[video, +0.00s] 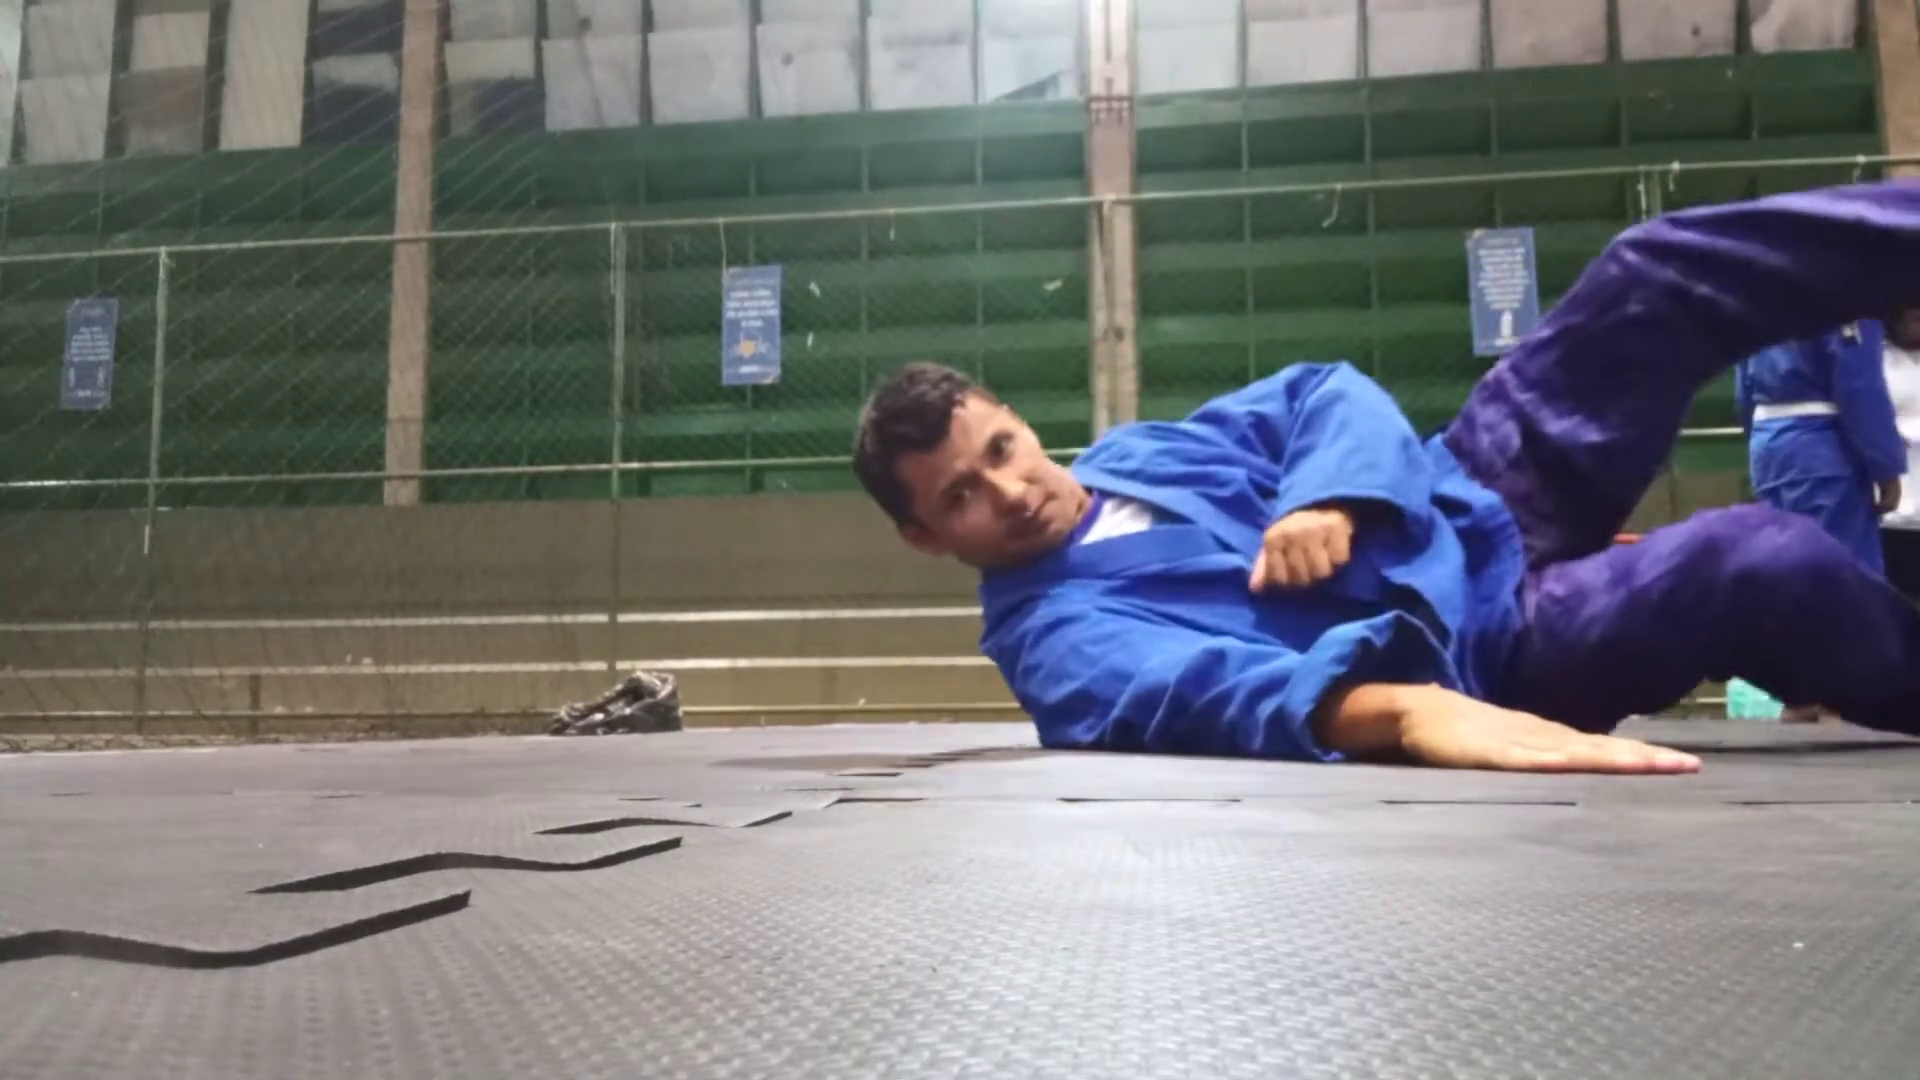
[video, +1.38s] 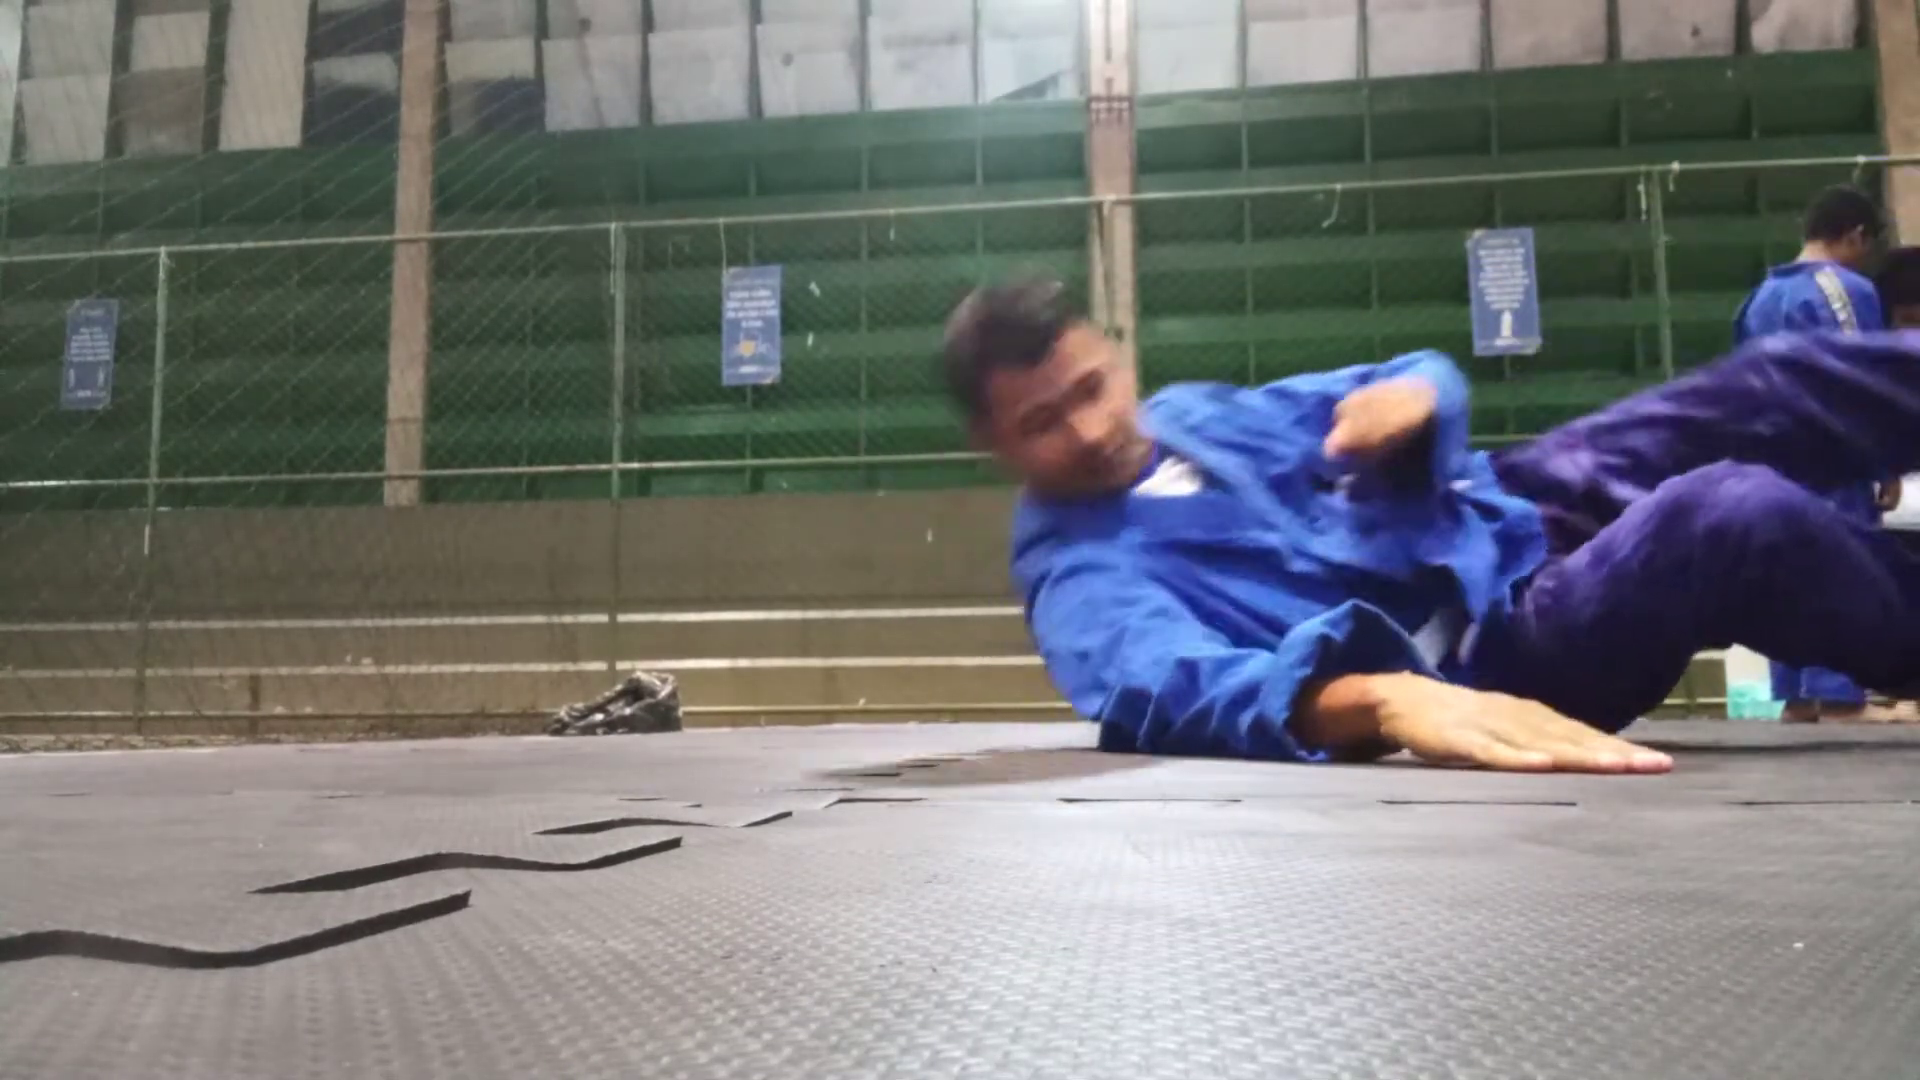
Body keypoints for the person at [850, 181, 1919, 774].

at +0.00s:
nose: (1012, 482)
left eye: (1004, 447)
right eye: (968, 492)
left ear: (1024, 426)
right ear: (928, 541)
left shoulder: (1127, 458)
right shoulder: (1068, 652)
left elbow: (1326, 391)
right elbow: (1267, 701)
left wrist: (1322, 496)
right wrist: (1432, 714)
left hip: (1469, 484)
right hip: (1487, 643)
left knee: (1660, 267)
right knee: (1762, 559)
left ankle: (1909, 230)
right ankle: (1903, 689)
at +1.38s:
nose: (1090, 425)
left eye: (1090, 388)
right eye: (1047, 422)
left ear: (1112, 360)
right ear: (998, 447)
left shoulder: (1187, 413)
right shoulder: (1079, 581)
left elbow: (1398, 379)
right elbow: (1183, 694)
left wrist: (1415, 396)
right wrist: (1390, 699)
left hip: (1521, 497)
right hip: (1487, 648)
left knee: (1784, 375)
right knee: (1737, 516)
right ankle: (1911, 638)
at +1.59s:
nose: (1230, 358)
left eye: (1241, 318)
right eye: (1185, 341)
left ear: (1263, 288)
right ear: (1112, 344)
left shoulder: (1302, 341)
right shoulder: (1150, 497)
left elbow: (1544, 383)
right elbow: (1195, 686)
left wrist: (1569, 323)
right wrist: (1400, 684)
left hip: (1571, 509)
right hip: (1506, 676)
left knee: (1862, 391)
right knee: (1680, 527)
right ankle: (1908, 630)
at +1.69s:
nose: (1292, 341)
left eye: (1307, 294)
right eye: (1243, 320)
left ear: (1323, 258)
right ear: (1168, 311)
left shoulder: (1365, 306)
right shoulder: (1186, 465)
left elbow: (1552, 315)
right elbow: (1195, 679)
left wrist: (1634, 297)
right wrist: (1406, 684)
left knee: (1869, 380)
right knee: (1666, 539)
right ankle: (1903, 645)